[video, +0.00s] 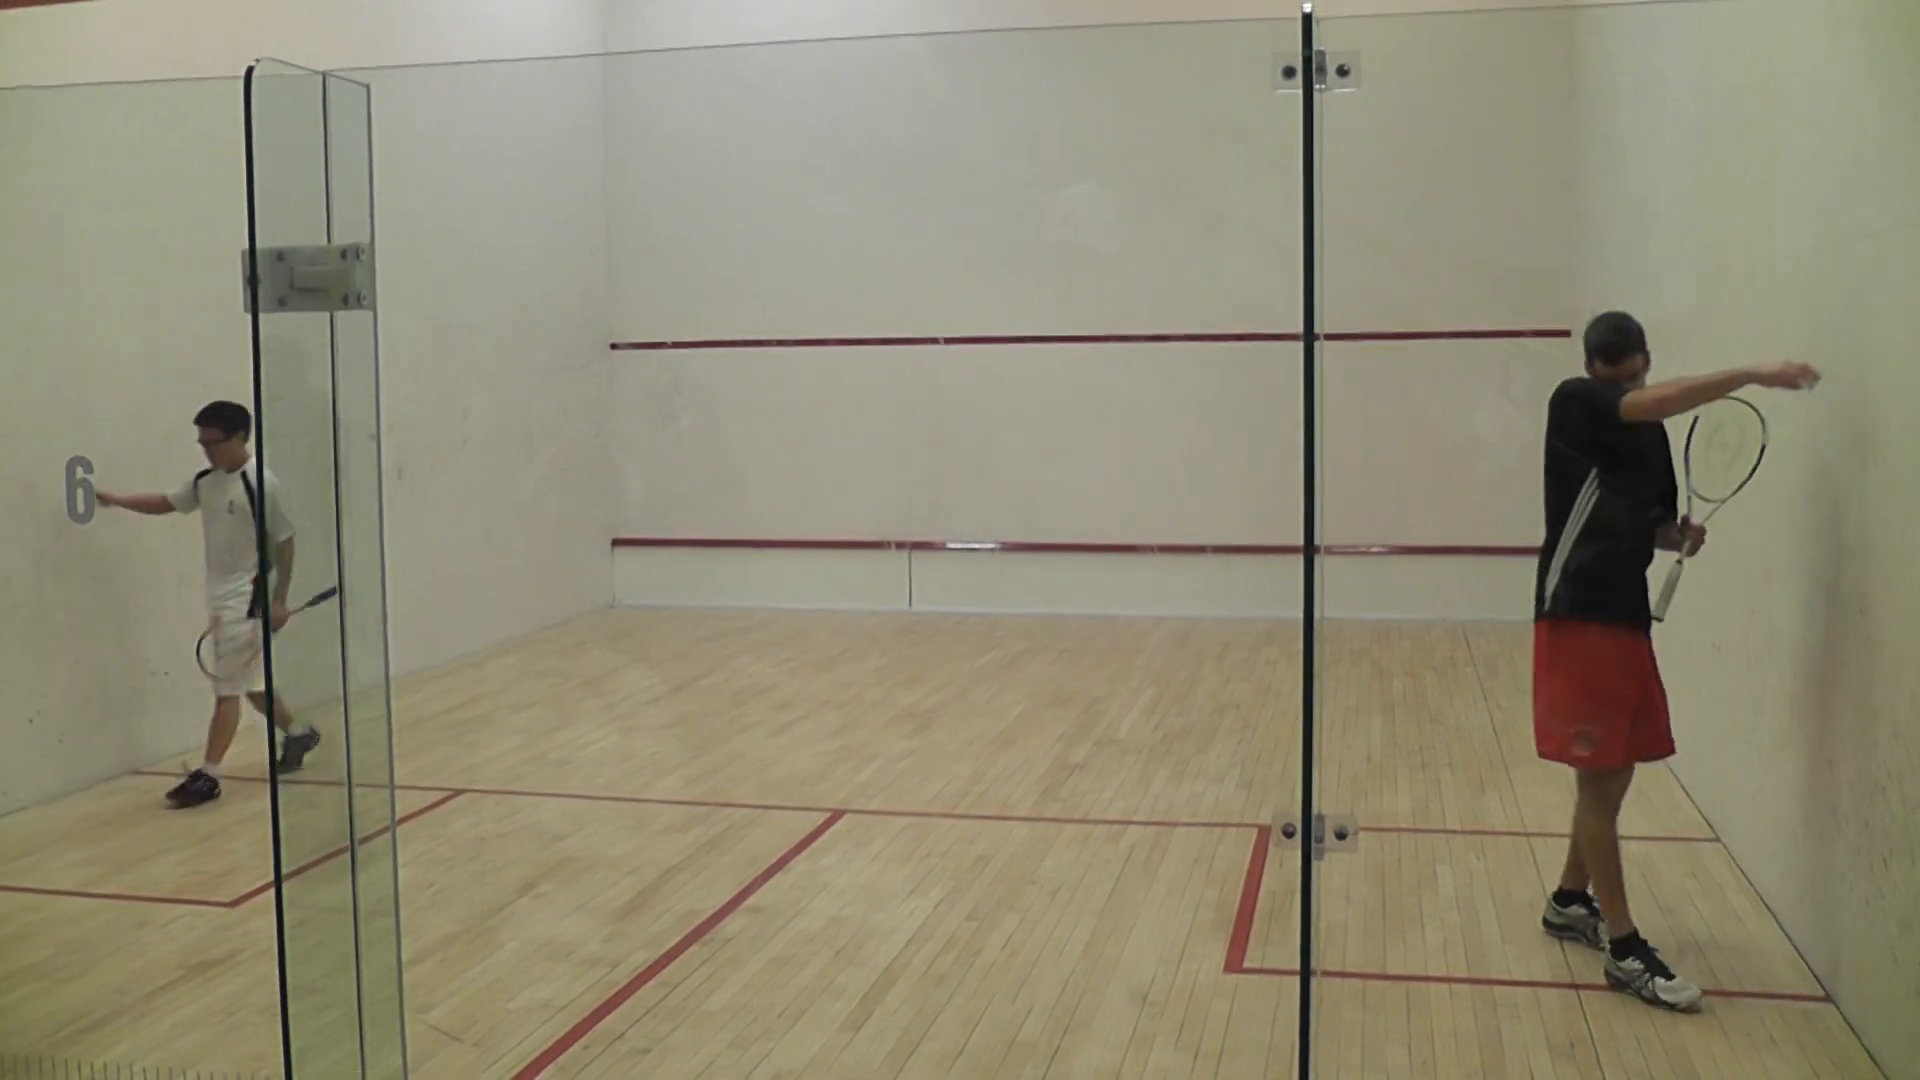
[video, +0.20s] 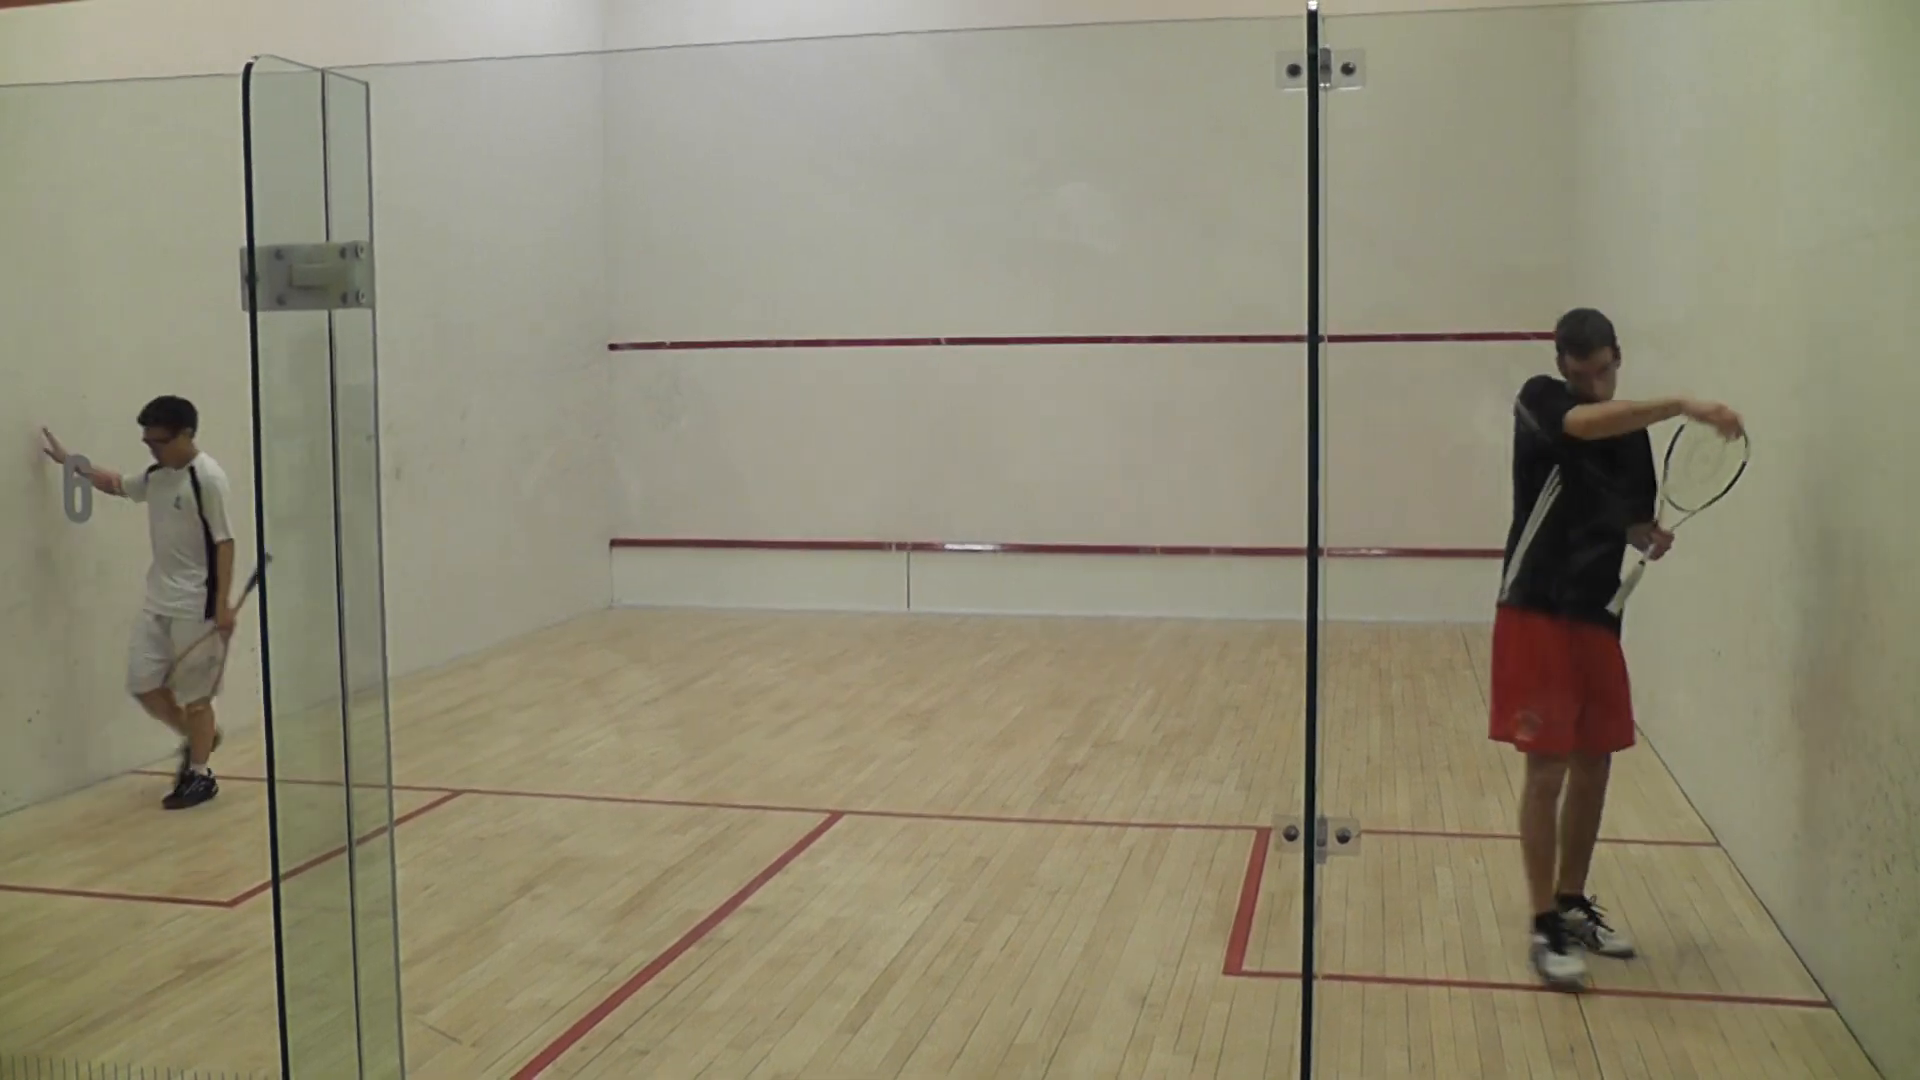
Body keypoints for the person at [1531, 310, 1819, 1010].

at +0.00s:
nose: (1633, 380)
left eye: (1638, 369)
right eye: (1622, 371)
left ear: (1642, 360)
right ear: (1597, 363)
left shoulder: (1650, 428)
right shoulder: (1572, 400)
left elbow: (1645, 521)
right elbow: (1647, 405)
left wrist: (1671, 533)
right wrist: (1752, 375)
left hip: (1623, 616)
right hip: (1579, 614)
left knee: (1618, 765)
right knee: (1601, 774)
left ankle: (1569, 897)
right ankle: (1622, 947)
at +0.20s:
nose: (1599, 386)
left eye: (1608, 373)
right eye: (1586, 376)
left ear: (1620, 357)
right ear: (1561, 361)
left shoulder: (1628, 428)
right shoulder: (1542, 395)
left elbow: (1633, 516)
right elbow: (1583, 423)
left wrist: (1647, 533)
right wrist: (1682, 406)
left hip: (1594, 620)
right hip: (1535, 615)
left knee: (1592, 764)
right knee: (1546, 768)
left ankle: (1571, 908)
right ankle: (1543, 927)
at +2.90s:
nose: (1583, 371)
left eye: (1587, 360)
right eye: (1582, 358)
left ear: (1554, 346)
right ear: (1556, 346)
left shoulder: (1519, 401)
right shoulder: (1507, 404)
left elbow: (1521, 495)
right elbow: (1494, 506)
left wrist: (1578, 506)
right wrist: (1526, 584)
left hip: (1505, 583)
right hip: (1497, 586)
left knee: (1502, 694)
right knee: (1505, 699)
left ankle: (1477, 808)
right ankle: (1486, 832)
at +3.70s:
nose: (1606, 357)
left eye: (1613, 346)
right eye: (1595, 346)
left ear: (1618, 349)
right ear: (1568, 348)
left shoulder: (1595, 415)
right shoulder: (1553, 420)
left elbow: (1595, 507)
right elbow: (1562, 517)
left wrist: (1630, 552)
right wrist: (1632, 554)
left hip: (1571, 583)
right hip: (1558, 586)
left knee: (1546, 698)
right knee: (1578, 704)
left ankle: (1535, 822)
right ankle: (1564, 836)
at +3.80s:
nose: (1628, 357)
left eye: (1630, 346)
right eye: (1616, 346)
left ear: (1624, 350)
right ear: (1585, 349)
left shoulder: (1587, 413)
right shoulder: (1573, 421)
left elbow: (1591, 506)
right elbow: (1579, 520)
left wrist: (1625, 552)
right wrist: (1656, 552)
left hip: (1556, 585)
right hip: (1567, 589)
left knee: (1551, 697)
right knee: (1586, 704)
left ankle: (1539, 820)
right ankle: (1569, 842)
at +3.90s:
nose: (1647, 359)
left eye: (1647, 348)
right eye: (1639, 348)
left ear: (1613, 352)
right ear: (1608, 350)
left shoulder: (1588, 413)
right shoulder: (1587, 423)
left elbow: (1589, 513)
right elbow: (1597, 529)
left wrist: (1626, 558)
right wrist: (1678, 563)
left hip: (1560, 587)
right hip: (1569, 593)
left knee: (1567, 699)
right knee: (1588, 706)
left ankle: (1548, 821)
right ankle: (1574, 844)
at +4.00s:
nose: (1658, 365)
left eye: (1657, 354)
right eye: (1651, 355)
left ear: (1617, 358)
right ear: (1620, 357)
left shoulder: (1587, 414)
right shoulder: (1596, 429)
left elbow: (1599, 517)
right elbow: (1613, 537)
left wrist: (1638, 564)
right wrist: (1694, 575)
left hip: (1553, 588)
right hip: (1566, 597)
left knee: (1574, 698)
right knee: (1592, 708)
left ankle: (1556, 812)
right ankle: (1579, 844)